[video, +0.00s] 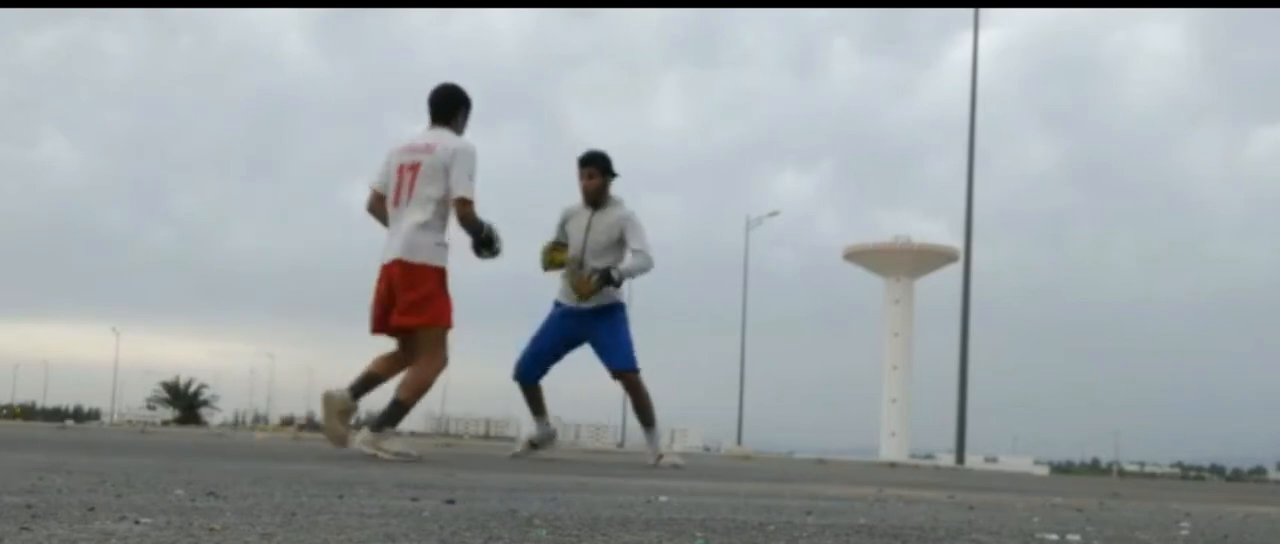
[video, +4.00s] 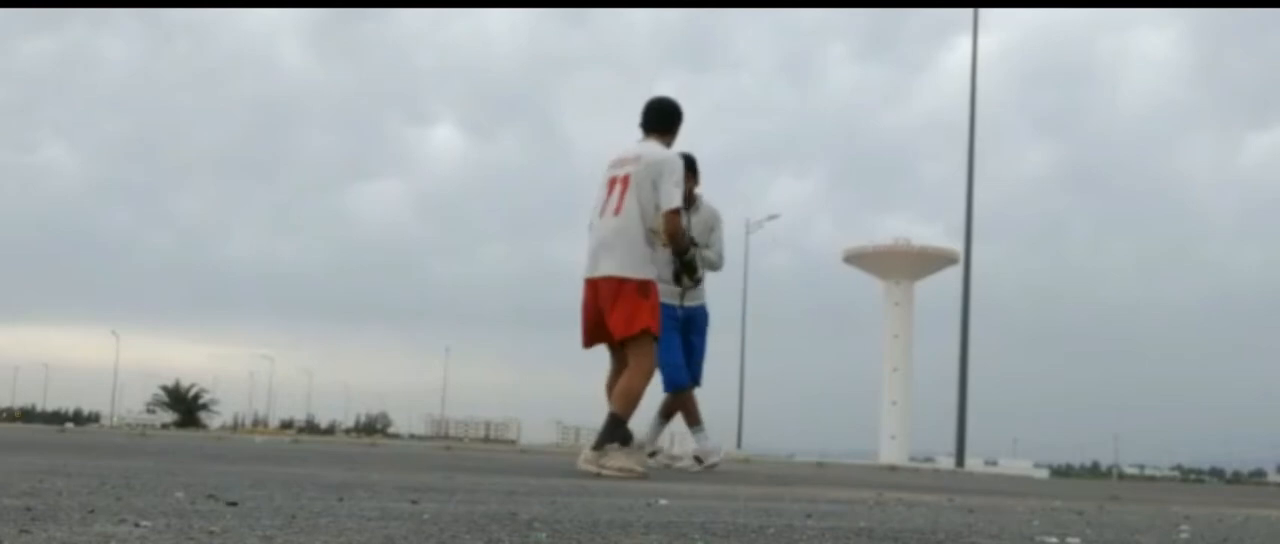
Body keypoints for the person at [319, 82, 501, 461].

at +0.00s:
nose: (467, 121)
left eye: (466, 115)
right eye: (467, 115)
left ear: (430, 113)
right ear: (461, 114)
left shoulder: (402, 149)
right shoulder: (459, 148)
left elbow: (375, 204)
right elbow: (464, 209)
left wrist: (407, 229)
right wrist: (482, 234)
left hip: (393, 262)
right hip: (424, 265)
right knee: (433, 358)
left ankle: (347, 398)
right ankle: (379, 431)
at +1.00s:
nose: (417, 96)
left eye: (417, 87)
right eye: (413, 87)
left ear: (392, 87)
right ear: (394, 85)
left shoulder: (392, 139)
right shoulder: (354, 121)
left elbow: (392, 193)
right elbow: (361, 182)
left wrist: (434, 201)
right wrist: (405, 180)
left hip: (370, 256)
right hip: (335, 248)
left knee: (416, 345)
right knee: (324, 340)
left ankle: (424, 441)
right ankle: (270, 431)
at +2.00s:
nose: (544, 89)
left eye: (544, 81)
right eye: (540, 80)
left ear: (522, 80)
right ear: (520, 79)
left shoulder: (523, 131)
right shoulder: (480, 117)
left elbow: (505, 191)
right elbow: (474, 182)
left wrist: (532, 236)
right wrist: (528, 190)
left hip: (517, 247)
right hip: (481, 245)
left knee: (540, 343)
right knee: (470, 339)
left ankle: (526, 443)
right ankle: (416, 426)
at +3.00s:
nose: (636, 94)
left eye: (637, 85)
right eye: (635, 84)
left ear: (608, 78)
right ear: (623, 80)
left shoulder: (604, 119)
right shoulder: (594, 107)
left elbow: (595, 182)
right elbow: (575, 169)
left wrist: (618, 227)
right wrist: (608, 215)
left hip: (599, 241)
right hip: (578, 237)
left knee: (619, 337)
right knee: (580, 331)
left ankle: (618, 436)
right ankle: (524, 426)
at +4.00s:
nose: (676, 136)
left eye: (673, 130)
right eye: (677, 130)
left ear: (643, 125)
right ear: (675, 129)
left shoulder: (618, 161)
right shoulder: (666, 160)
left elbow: (607, 217)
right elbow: (671, 222)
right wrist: (685, 256)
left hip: (599, 269)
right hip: (632, 270)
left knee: (621, 360)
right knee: (643, 361)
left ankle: (619, 443)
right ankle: (603, 447)